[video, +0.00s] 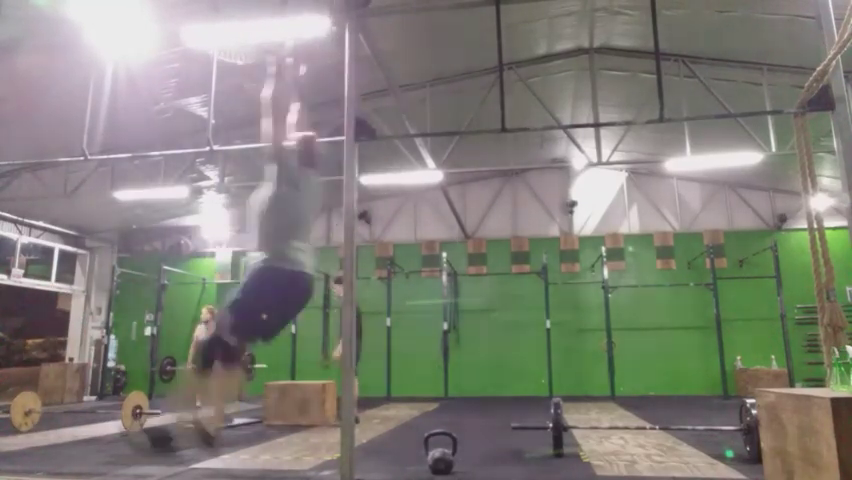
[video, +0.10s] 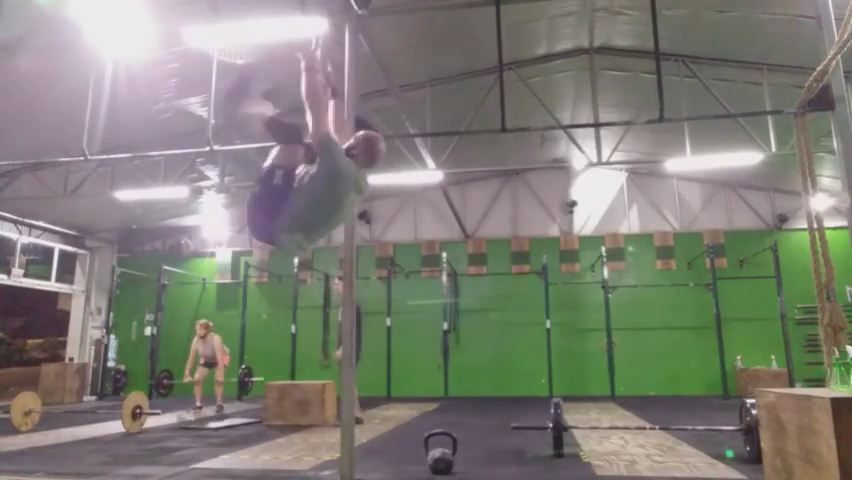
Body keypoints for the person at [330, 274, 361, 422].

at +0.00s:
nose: (335, 291)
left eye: (337, 287)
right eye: (334, 287)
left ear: (343, 287)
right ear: (339, 287)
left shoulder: (349, 306)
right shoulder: (347, 305)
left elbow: (348, 331)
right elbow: (346, 330)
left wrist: (340, 347)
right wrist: (339, 346)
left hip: (351, 346)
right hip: (349, 346)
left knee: (350, 378)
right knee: (350, 378)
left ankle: (351, 411)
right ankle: (350, 410)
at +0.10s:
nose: (335, 288)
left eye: (338, 284)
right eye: (334, 284)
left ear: (345, 285)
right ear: (336, 287)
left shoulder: (352, 307)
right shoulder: (342, 307)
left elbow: (352, 332)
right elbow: (343, 330)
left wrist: (343, 349)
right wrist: (339, 347)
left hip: (350, 351)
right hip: (344, 350)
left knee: (348, 383)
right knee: (349, 383)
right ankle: (355, 412)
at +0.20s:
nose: (334, 290)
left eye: (336, 287)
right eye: (333, 287)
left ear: (343, 287)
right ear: (335, 288)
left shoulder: (345, 305)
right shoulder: (339, 305)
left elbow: (346, 330)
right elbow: (336, 331)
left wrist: (338, 350)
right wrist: (331, 349)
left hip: (343, 348)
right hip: (341, 347)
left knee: (333, 378)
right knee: (349, 381)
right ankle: (356, 413)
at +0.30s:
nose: (311, 289)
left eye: (314, 285)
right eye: (311, 285)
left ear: (322, 287)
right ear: (312, 287)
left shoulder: (329, 307)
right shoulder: (315, 307)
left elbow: (331, 332)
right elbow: (311, 329)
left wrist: (325, 352)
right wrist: (302, 346)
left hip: (329, 346)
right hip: (319, 345)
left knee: (319, 380)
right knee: (323, 380)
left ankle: (320, 415)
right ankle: (340, 402)